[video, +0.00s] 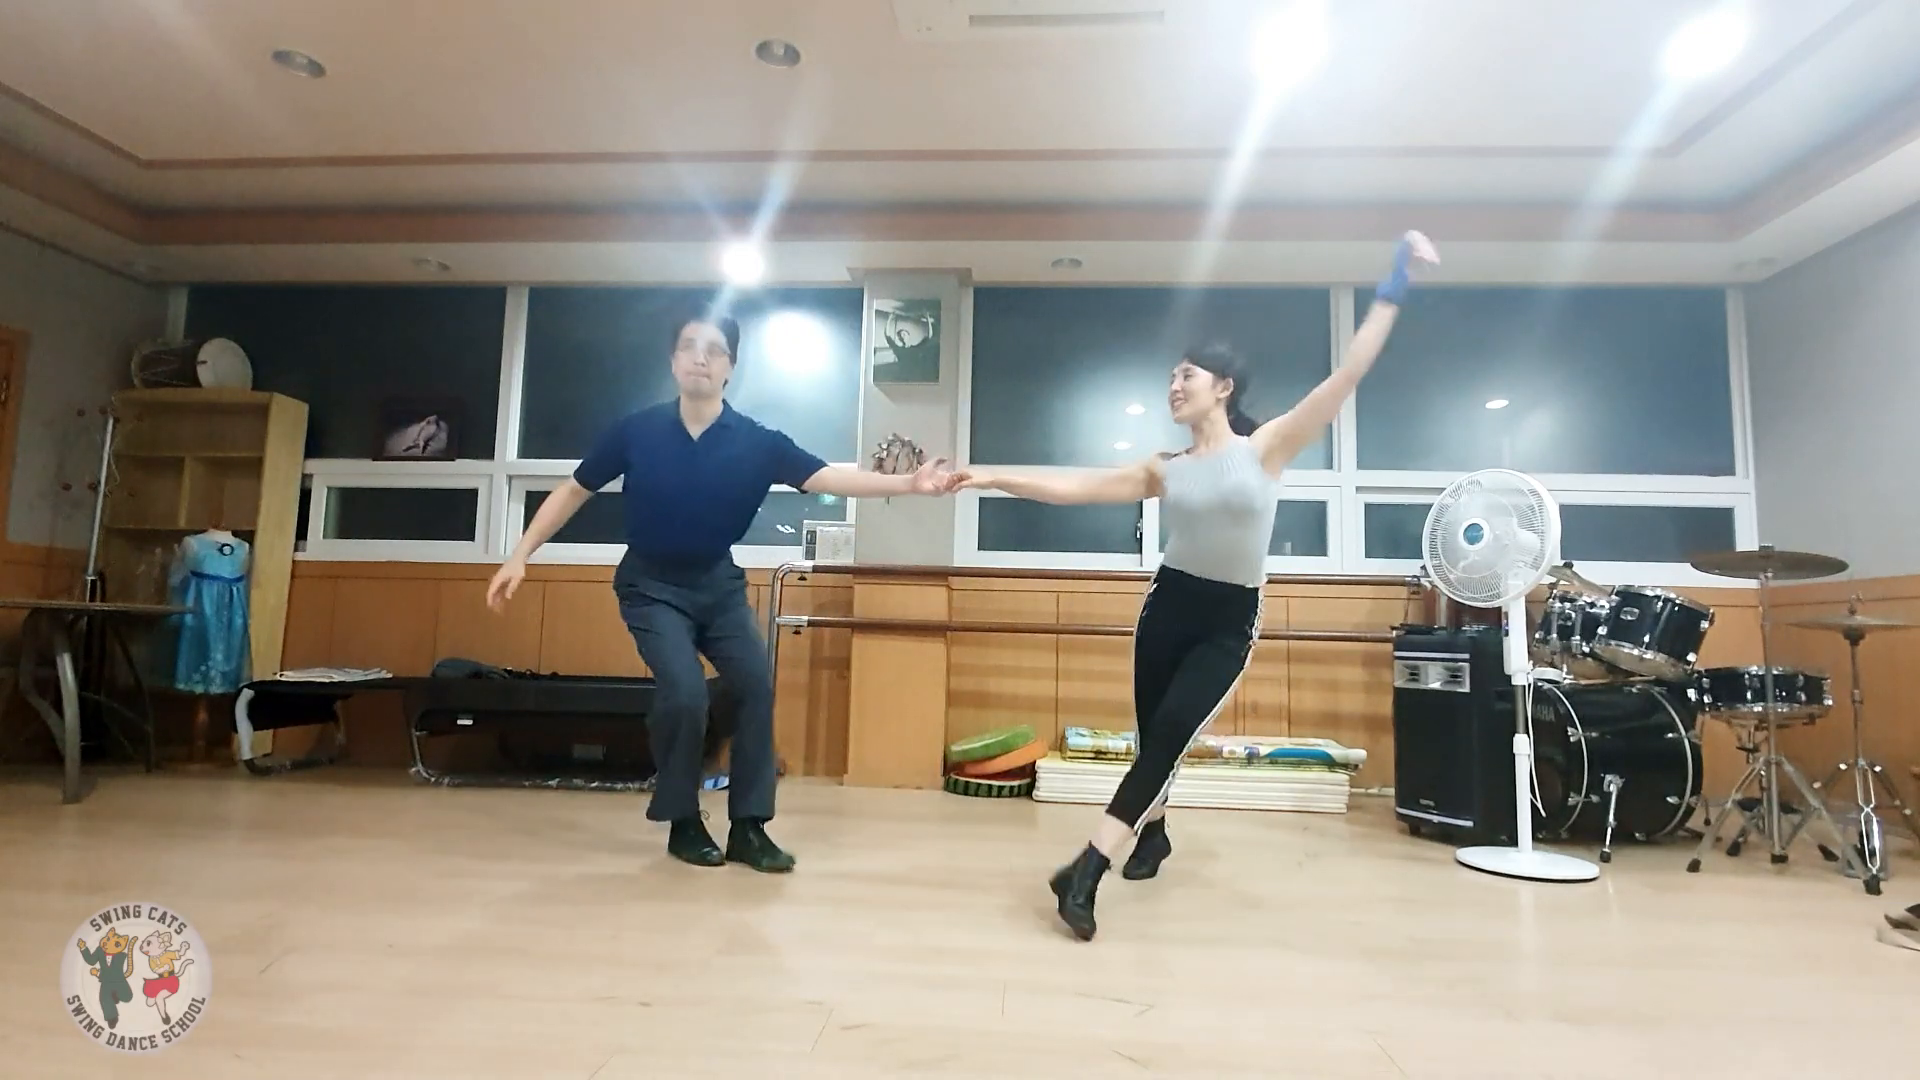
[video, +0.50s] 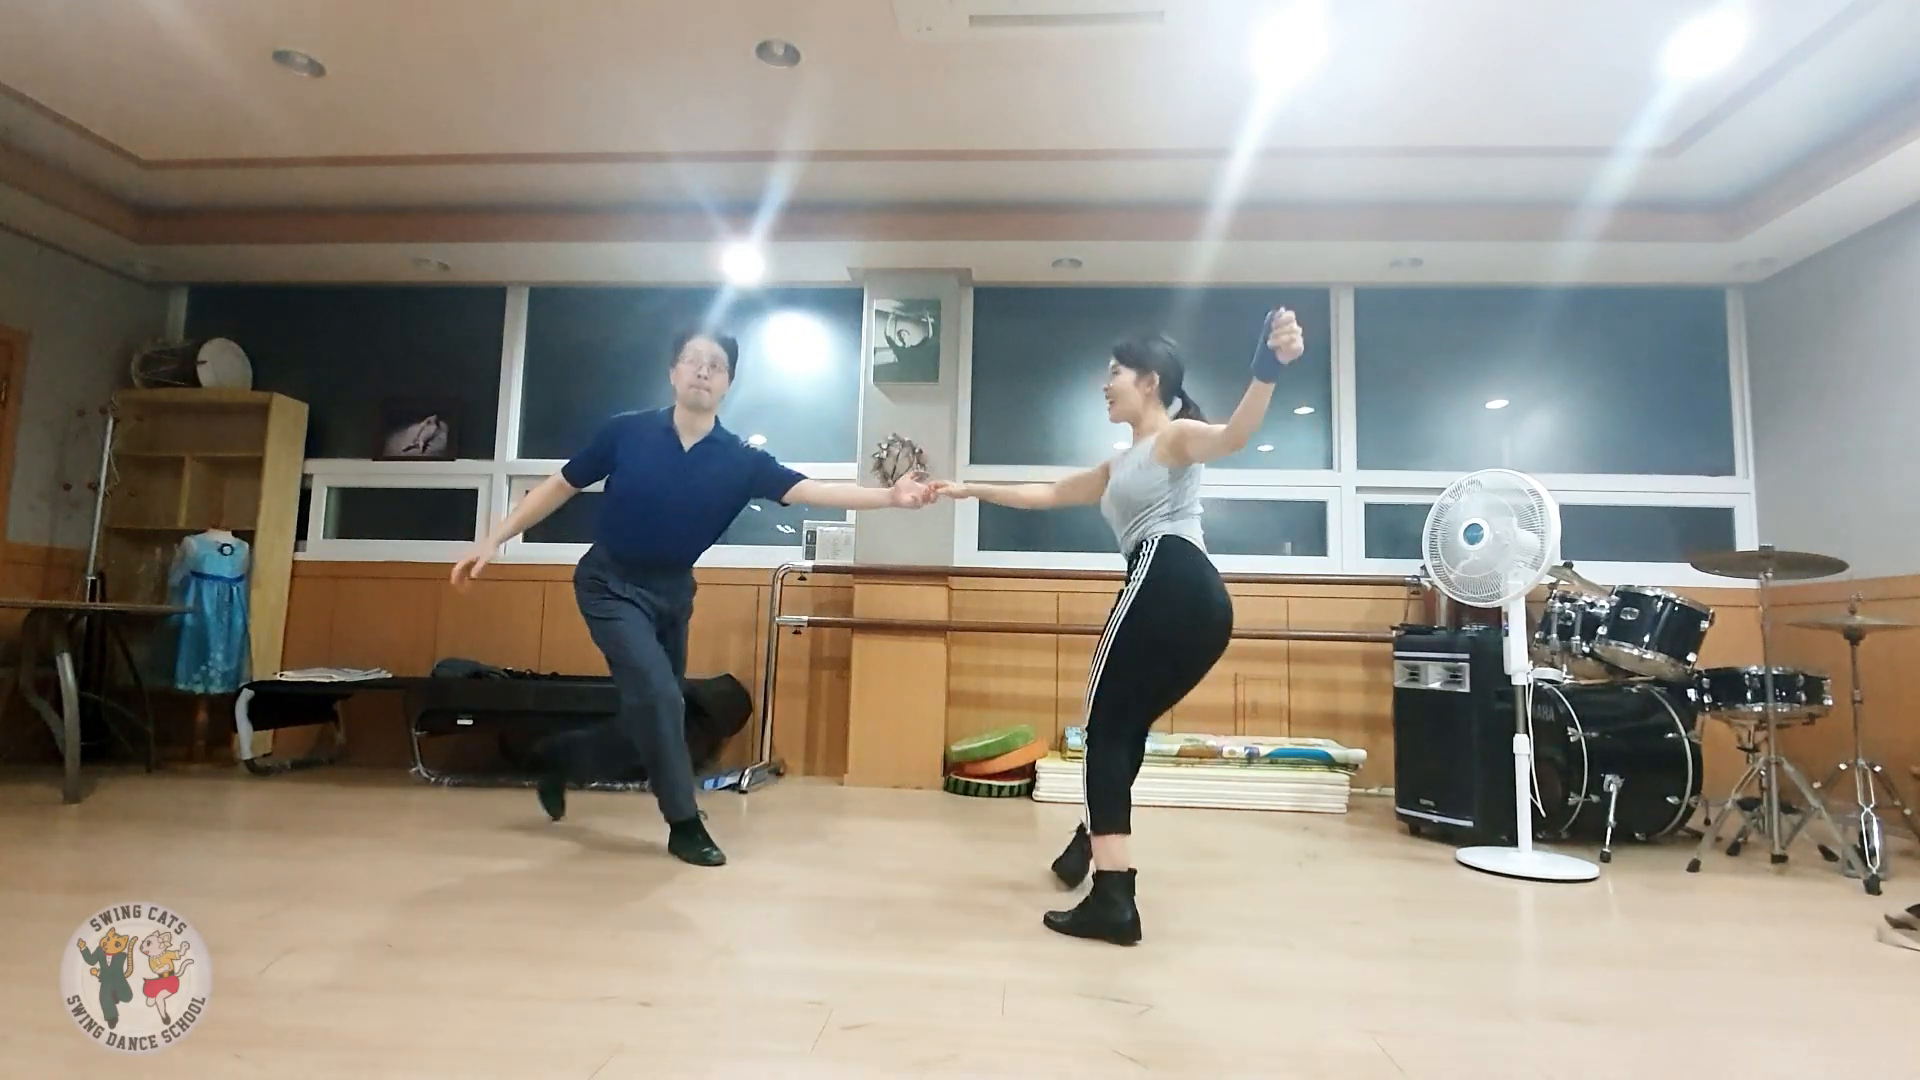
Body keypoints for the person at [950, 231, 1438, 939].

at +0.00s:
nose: (1175, 383)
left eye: (1189, 374)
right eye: (1173, 375)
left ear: (1224, 388)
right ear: (1175, 393)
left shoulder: (1266, 449)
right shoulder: (1162, 469)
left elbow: (1349, 373)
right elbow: (1069, 485)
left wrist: (1395, 288)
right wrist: (982, 476)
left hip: (1228, 620)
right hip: (1167, 609)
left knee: (1166, 732)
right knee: (1151, 734)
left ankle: (1087, 869)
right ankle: (1153, 830)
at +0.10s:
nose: (1160, 372)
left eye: (1173, 364)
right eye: (1159, 366)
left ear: (1209, 378)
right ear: (1169, 385)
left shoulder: (1247, 432)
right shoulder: (1150, 462)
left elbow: (1323, 356)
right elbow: (1059, 484)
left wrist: (1350, 258)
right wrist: (972, 474)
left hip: (1230, 605)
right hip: (1166, 601)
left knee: (1164, 726)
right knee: (1128, 725)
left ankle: (1087, 873)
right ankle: (1151, 827)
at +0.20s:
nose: (1143, 368)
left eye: (1155, 360)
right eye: (1144, 360)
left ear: (1191, 370)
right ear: (1159, 376)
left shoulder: (1221, 419)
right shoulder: (1140, 459)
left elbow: (1293, 349)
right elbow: (1055, 483)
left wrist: (1328, 257)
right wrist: (969, 473)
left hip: (1223, 589)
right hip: (1185, 594)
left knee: (1138, 714)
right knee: (1106, 700)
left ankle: (1109, 878)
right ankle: (1146, 826)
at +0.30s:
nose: (1130, 374)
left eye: (1142, 364)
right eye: (1130, 365)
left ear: (1177, 376)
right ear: (1148, 380)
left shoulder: (1199, 423)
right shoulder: (1132, 465)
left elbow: (1272, 375)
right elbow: (1050, 486)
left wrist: (1313, 288)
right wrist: (966, 478)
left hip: (1195, 575)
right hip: (1217, 599)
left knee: (1118, 708)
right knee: (1131, 706)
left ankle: (1112, 885)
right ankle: (1101, 827)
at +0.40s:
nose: (1117, 386)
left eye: (1129, 376)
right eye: (1119, 376)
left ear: (1164, 386)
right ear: (1140, 388)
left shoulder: (1184, 434)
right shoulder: (1126, 469)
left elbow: (1247, 416)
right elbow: (1053, 499)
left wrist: (1286, 337)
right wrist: (973, 492)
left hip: (1180, 575)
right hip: (1216, 604)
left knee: (1114, 718)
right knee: (1144, 727)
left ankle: (1105, 890)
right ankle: (1099, 846)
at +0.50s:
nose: (1106, 384)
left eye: (1116, 373)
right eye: (1108, 373)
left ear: (1150, 382)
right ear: (1137, 385)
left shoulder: (1175, 435)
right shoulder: (1118, 467)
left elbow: (1233, 436)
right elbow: (1045, 492)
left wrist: (1269, 364)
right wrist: (964, 487)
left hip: (1167, 579)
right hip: (1204, 606)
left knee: (1106, 725)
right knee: (1127, 726)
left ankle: (1114, 897)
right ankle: (1091, 839)